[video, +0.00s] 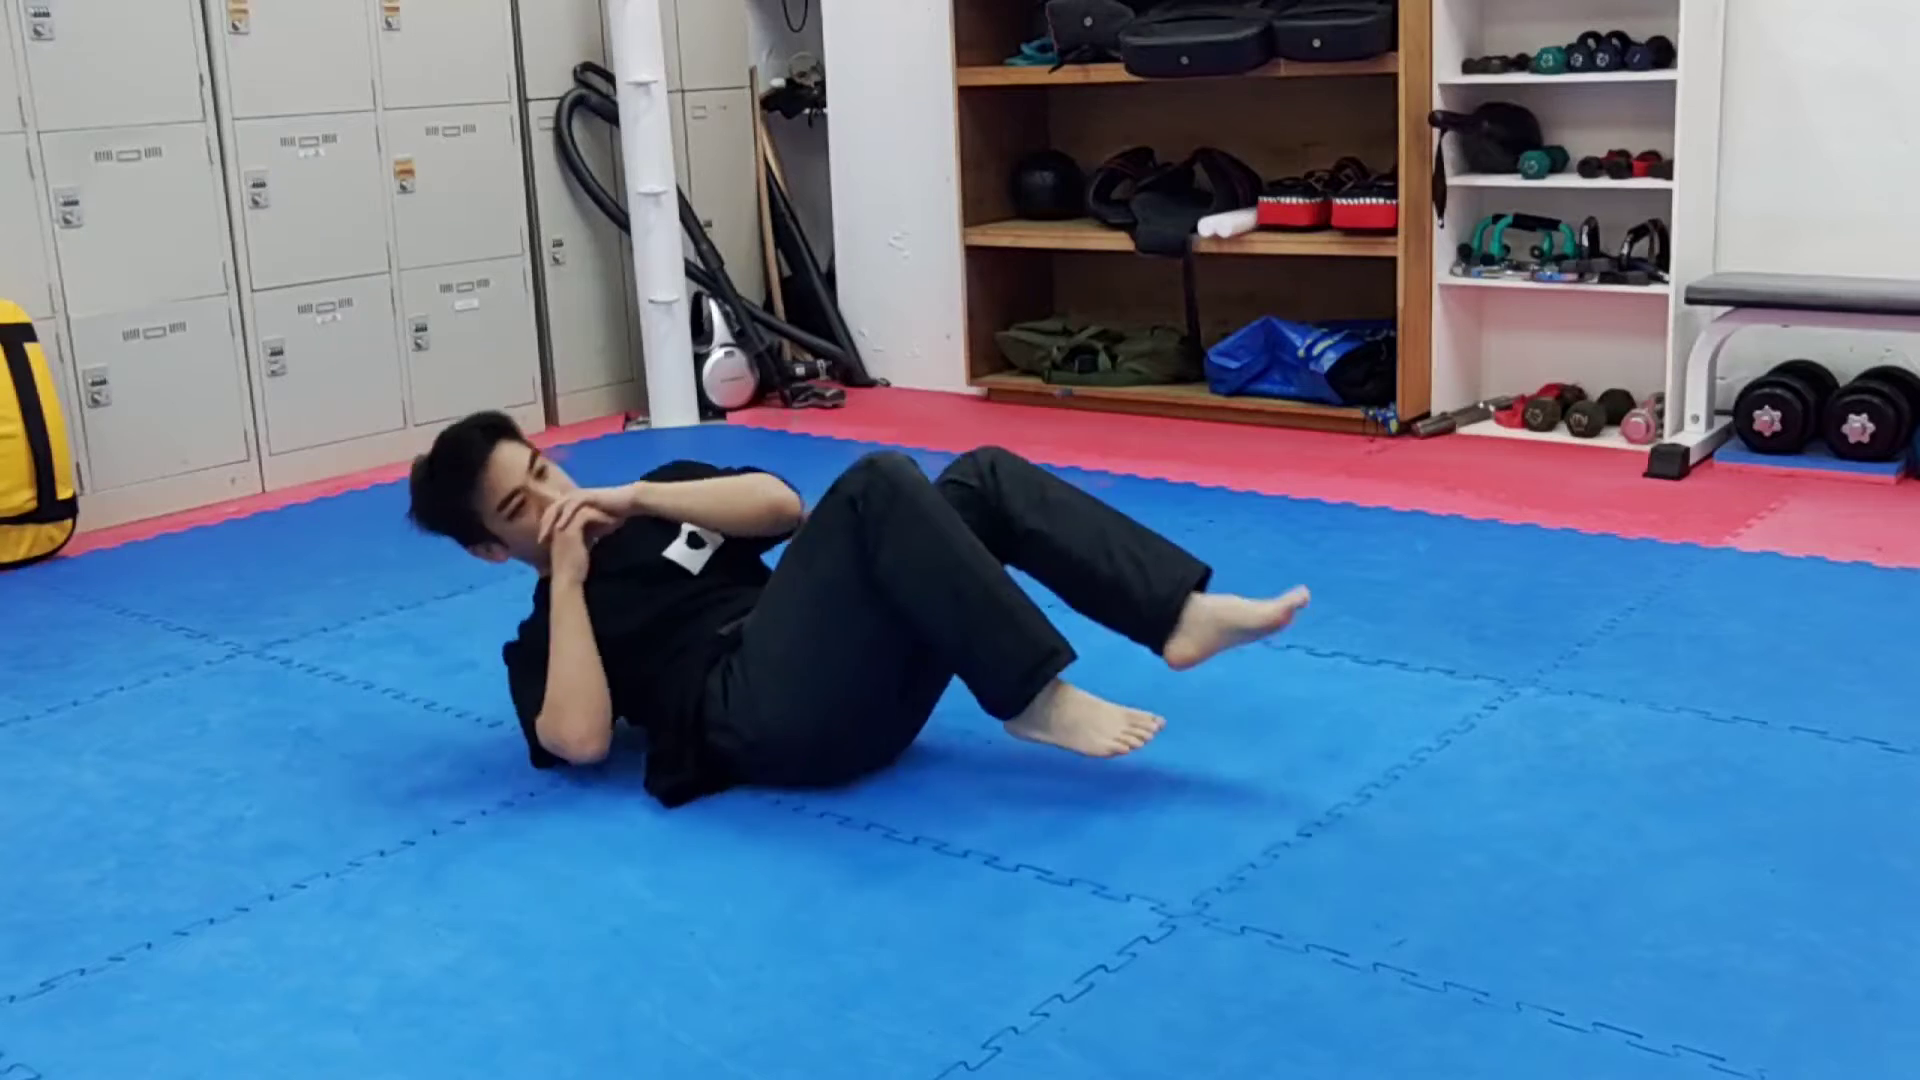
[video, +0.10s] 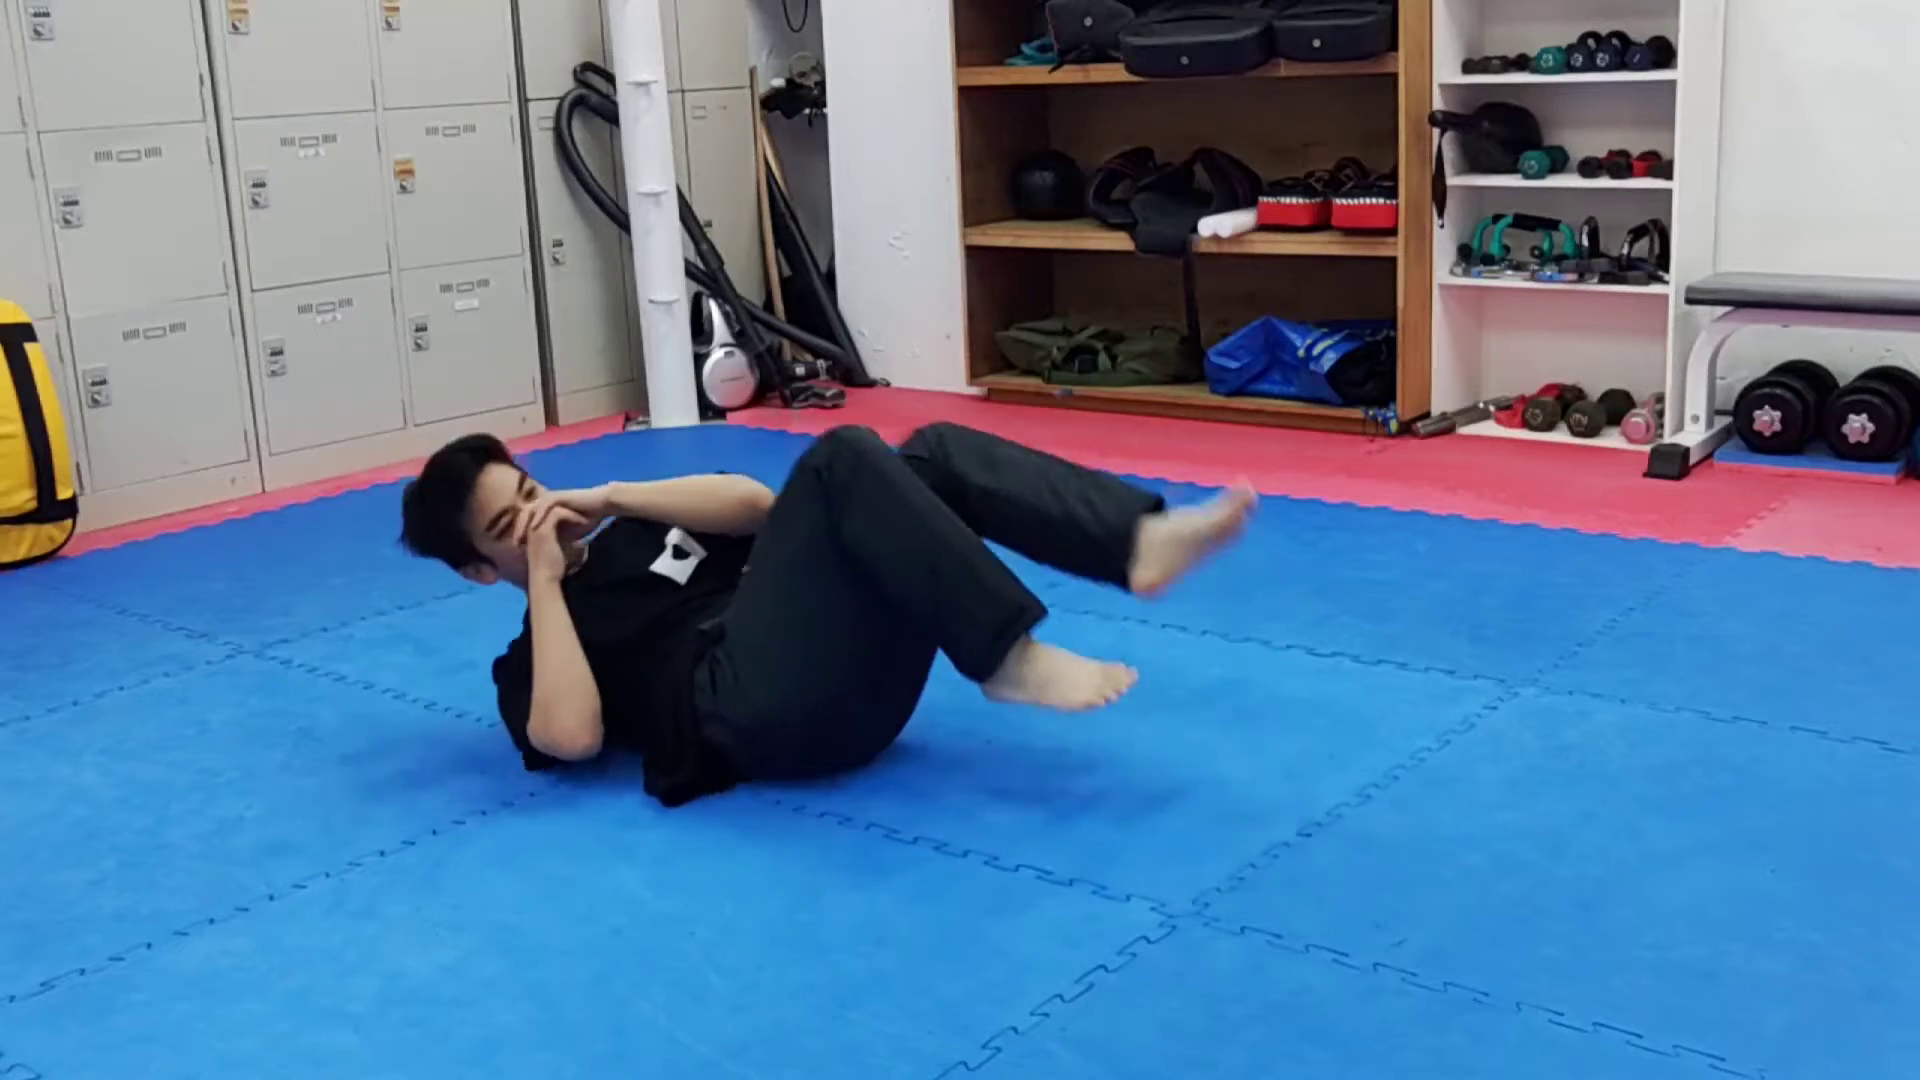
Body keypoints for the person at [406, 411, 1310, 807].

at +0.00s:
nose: (543, 498)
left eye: (535, 475)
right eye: (514, 506)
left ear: (554, 460)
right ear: (490, 543)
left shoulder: (652, 511)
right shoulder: (534, 635)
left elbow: (788, 507)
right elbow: (579, 742)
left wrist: (637, 500)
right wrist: (564, 585)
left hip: (864, 681)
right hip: (775, 730)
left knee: (983, 476)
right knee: (878, 480)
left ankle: (1179, 616)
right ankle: (1035, 697)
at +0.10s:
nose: (532, 514)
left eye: (524, 494)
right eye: (503, 523)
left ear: (539, 482)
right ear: (476, 563)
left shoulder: (638, 529)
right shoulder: (521, 659)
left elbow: (763, 505)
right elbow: (572, 739)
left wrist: (610, 497)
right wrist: (545, 588)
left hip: (853, 670)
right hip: (767, 720)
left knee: (933, 451)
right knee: (845, 458)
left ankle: (1133, 541)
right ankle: (1007, 653)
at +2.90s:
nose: (807, 395)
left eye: (806, 377)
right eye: (780, 386)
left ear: (816, 386)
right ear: (731, 420)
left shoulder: (855, 467)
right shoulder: (724, 504)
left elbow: (973, 512)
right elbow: (776, 552)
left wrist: (907, 445)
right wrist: (842, 445)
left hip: (1016, 617)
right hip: (937, 638)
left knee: (1136, 439)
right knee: (1051, 428)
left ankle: (1275, 602)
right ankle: (1183, 622)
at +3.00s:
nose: (806, 392)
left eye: (806, 372)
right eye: (778, 389)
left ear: (822, 371)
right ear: (738, 422)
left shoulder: (877, 443)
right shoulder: (748, 507)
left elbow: (1000, 485)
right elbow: (779, 575)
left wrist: (909, 431)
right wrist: (840, 453)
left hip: (1028, 610)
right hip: (947, 631)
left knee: (1160, 444)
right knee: (1075, 427)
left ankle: (1293, 599)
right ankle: (1204, 624)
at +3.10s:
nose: (797, 406)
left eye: (797, 382)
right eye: (768, 410)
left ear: (814, 370)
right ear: (738, 441)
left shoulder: (881, 426)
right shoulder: (759, 523)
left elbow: (990, 462)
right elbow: (781, 610)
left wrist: (882, 431)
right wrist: (820, 469)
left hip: (1041, 604)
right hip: (959, 628)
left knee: (1178, 455)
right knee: (1089, 429)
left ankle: (1299, 604)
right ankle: (1204, 629)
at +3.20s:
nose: (787, 422)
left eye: (783, 401)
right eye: (760, 426)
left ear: (798, 390)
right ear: (731, 457)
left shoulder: (872, 440)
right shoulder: (753, 536)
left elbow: (973, 455)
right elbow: (770, 631)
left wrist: (865, 442)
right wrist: (794, 491)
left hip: (1049, 600)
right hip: (962, 623)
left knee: (1177, 459)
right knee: (1084, 420)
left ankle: (1286, 589)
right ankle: (1186, 621)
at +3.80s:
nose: (795, 453)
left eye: (792, 441)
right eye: (773, 445)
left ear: (793, 449)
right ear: (726, 477)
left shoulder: (819, 511)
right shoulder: (725, 538)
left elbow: (955, 486)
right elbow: (819, 505)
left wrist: (910, 448)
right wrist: (860, 431)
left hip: (1006, 569)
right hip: (947, 598)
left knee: (1025, 349)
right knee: (969, 386)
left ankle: (1207, 455)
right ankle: (1152, 509)